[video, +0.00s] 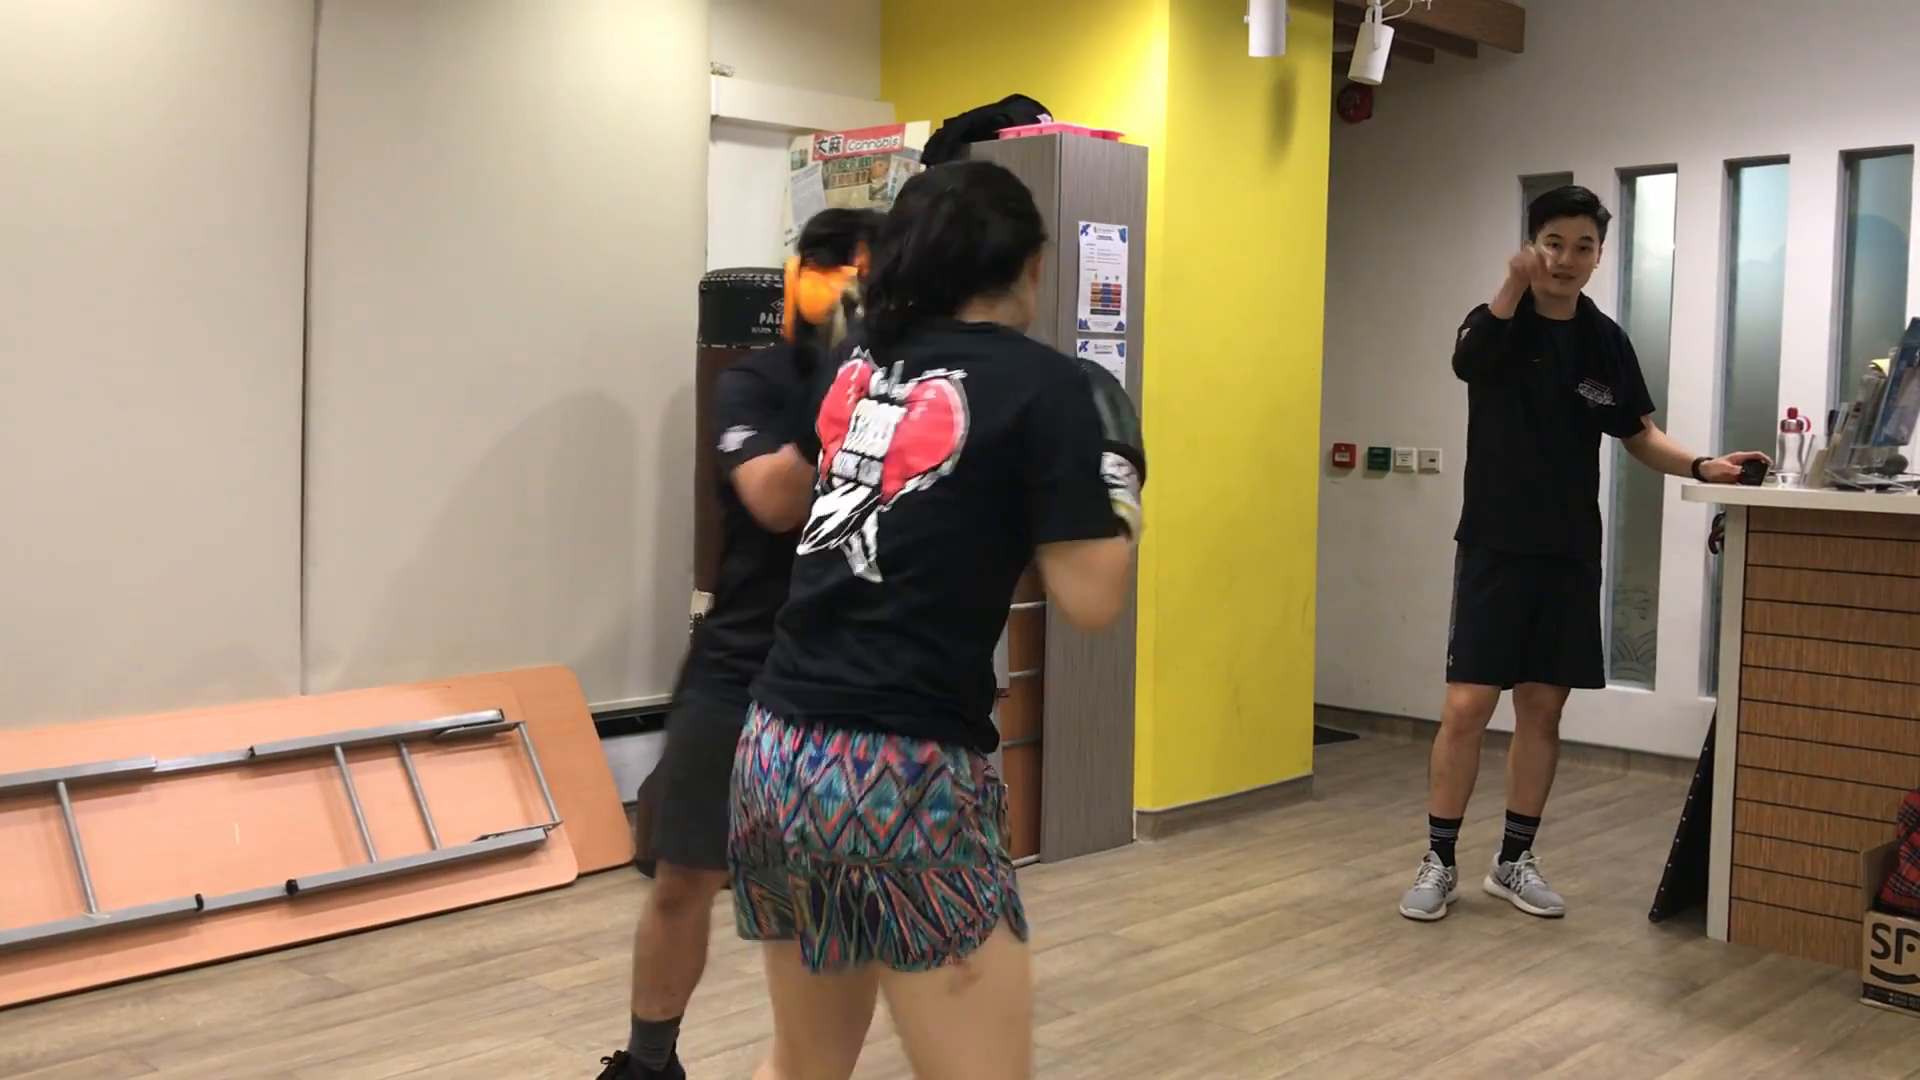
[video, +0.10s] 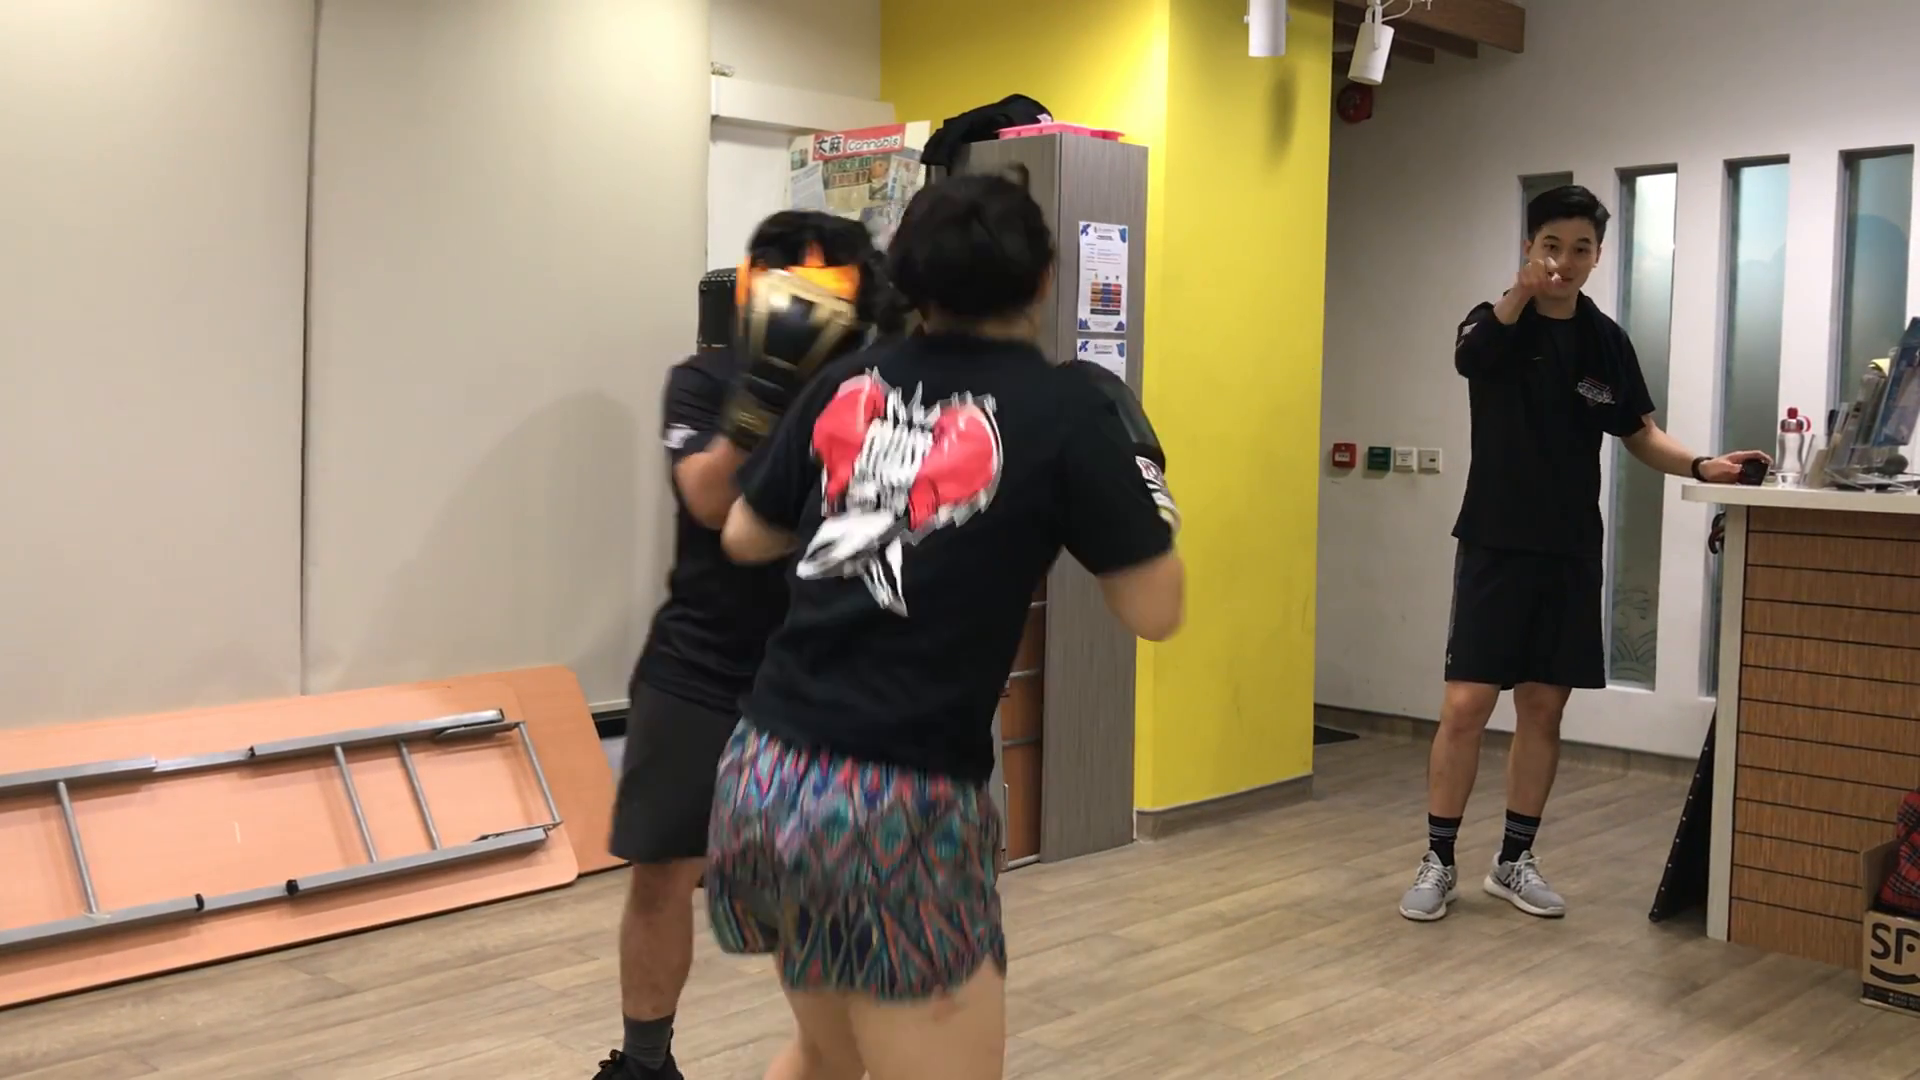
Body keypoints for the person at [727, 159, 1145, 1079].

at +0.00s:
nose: (1042, 279)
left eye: (1039, 259)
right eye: (1040, 260)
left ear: (907, 262)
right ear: (1021, 266)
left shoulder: (854, 373)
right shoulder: (1040, 385)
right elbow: (1096, 597)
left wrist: (1035, 526)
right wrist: (1111, 478)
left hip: (776, 745)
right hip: (911, 771)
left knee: (806, 1057)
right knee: (979, 1062)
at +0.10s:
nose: (1057, 272)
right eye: (1049, 256)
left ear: (912, 280)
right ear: (1041, 277)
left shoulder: (849, 382)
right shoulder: (1060, 405)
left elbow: (748, 533)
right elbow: (1155, 609)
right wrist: (1137, 456)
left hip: (767, 769)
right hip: (905, 803)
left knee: (826, 1053)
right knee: (943, 1063)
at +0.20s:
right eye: (1035, 268)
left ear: (899, 287)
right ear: (1029, 288)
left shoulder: (833, 392)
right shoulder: (1056, 420)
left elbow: (699, 531)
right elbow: (1157, 613)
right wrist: (1127, 460)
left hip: (756, 778)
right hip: (898, 821)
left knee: (818, 1031)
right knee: (938, 1062)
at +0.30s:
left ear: (878, 257)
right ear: (1002, 252)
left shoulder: (817, 364)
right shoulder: (1030, 388)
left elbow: (660, 466)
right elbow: (1087, 588)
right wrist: (1107, 466)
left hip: (756, 738)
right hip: (887, 779)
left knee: (781, 1019)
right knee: (914, 1063)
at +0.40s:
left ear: (834, 261)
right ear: (953, 250)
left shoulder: (793, 373)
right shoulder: (982, 386)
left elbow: (675, 412)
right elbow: (1027, 574)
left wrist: (726, 352)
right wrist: (1064, 487)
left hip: (739, 741)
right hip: (871, 774)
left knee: (754, 1018)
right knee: (905, 1062)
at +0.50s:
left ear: (757, 286)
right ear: (875, 277)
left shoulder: (719, 399)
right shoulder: (928, 409)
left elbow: (622, 467)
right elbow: (1006, 582)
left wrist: (664, 373)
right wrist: (1011, 477)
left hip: (725, 793)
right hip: (874, 805)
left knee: (726, 1040)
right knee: (918, 1064)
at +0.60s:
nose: (802, 252)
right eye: (796, 241)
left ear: (667, 294)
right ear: (788, 266)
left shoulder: (649, 411)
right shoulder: (883, 379)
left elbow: (580, 560)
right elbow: (1021, 510)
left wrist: (641, 428)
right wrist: (990, 435)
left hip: (727, 789)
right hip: (889, 772)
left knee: (687, 1052)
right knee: (915, 1060)